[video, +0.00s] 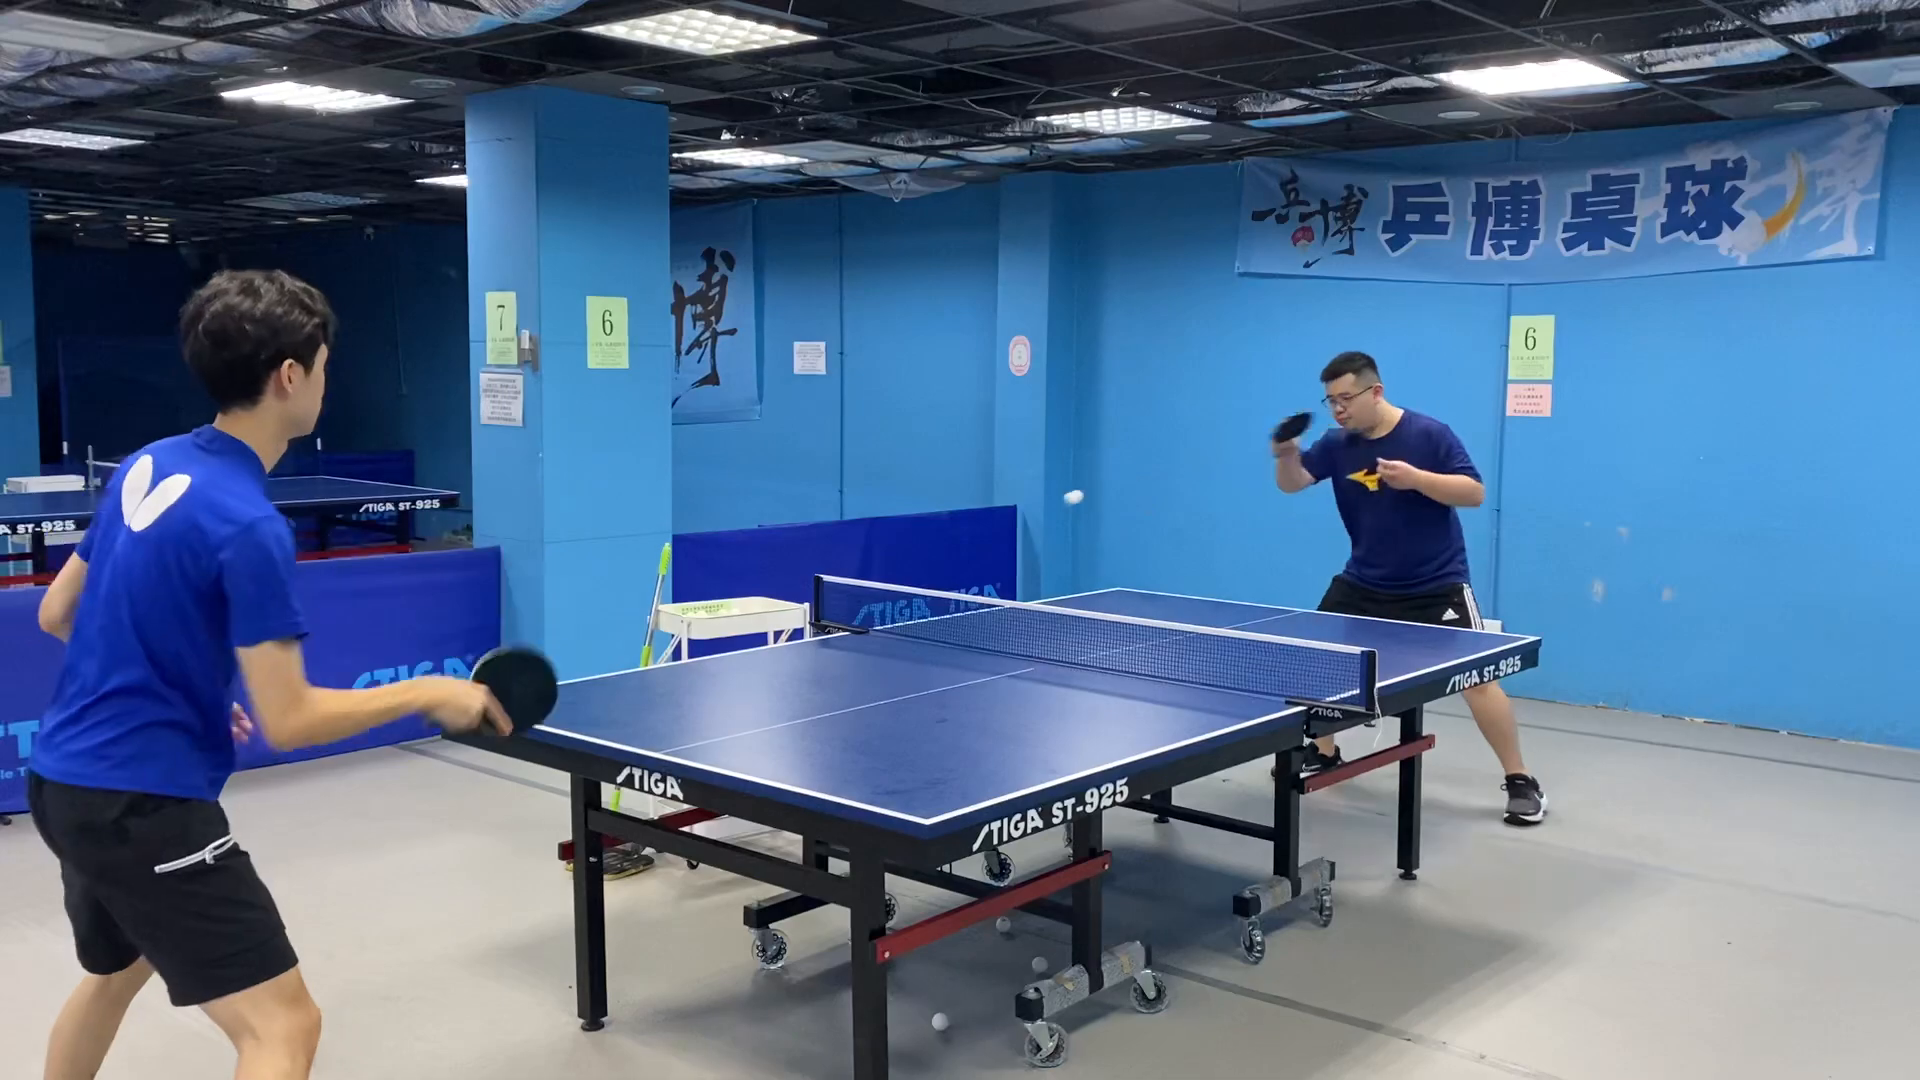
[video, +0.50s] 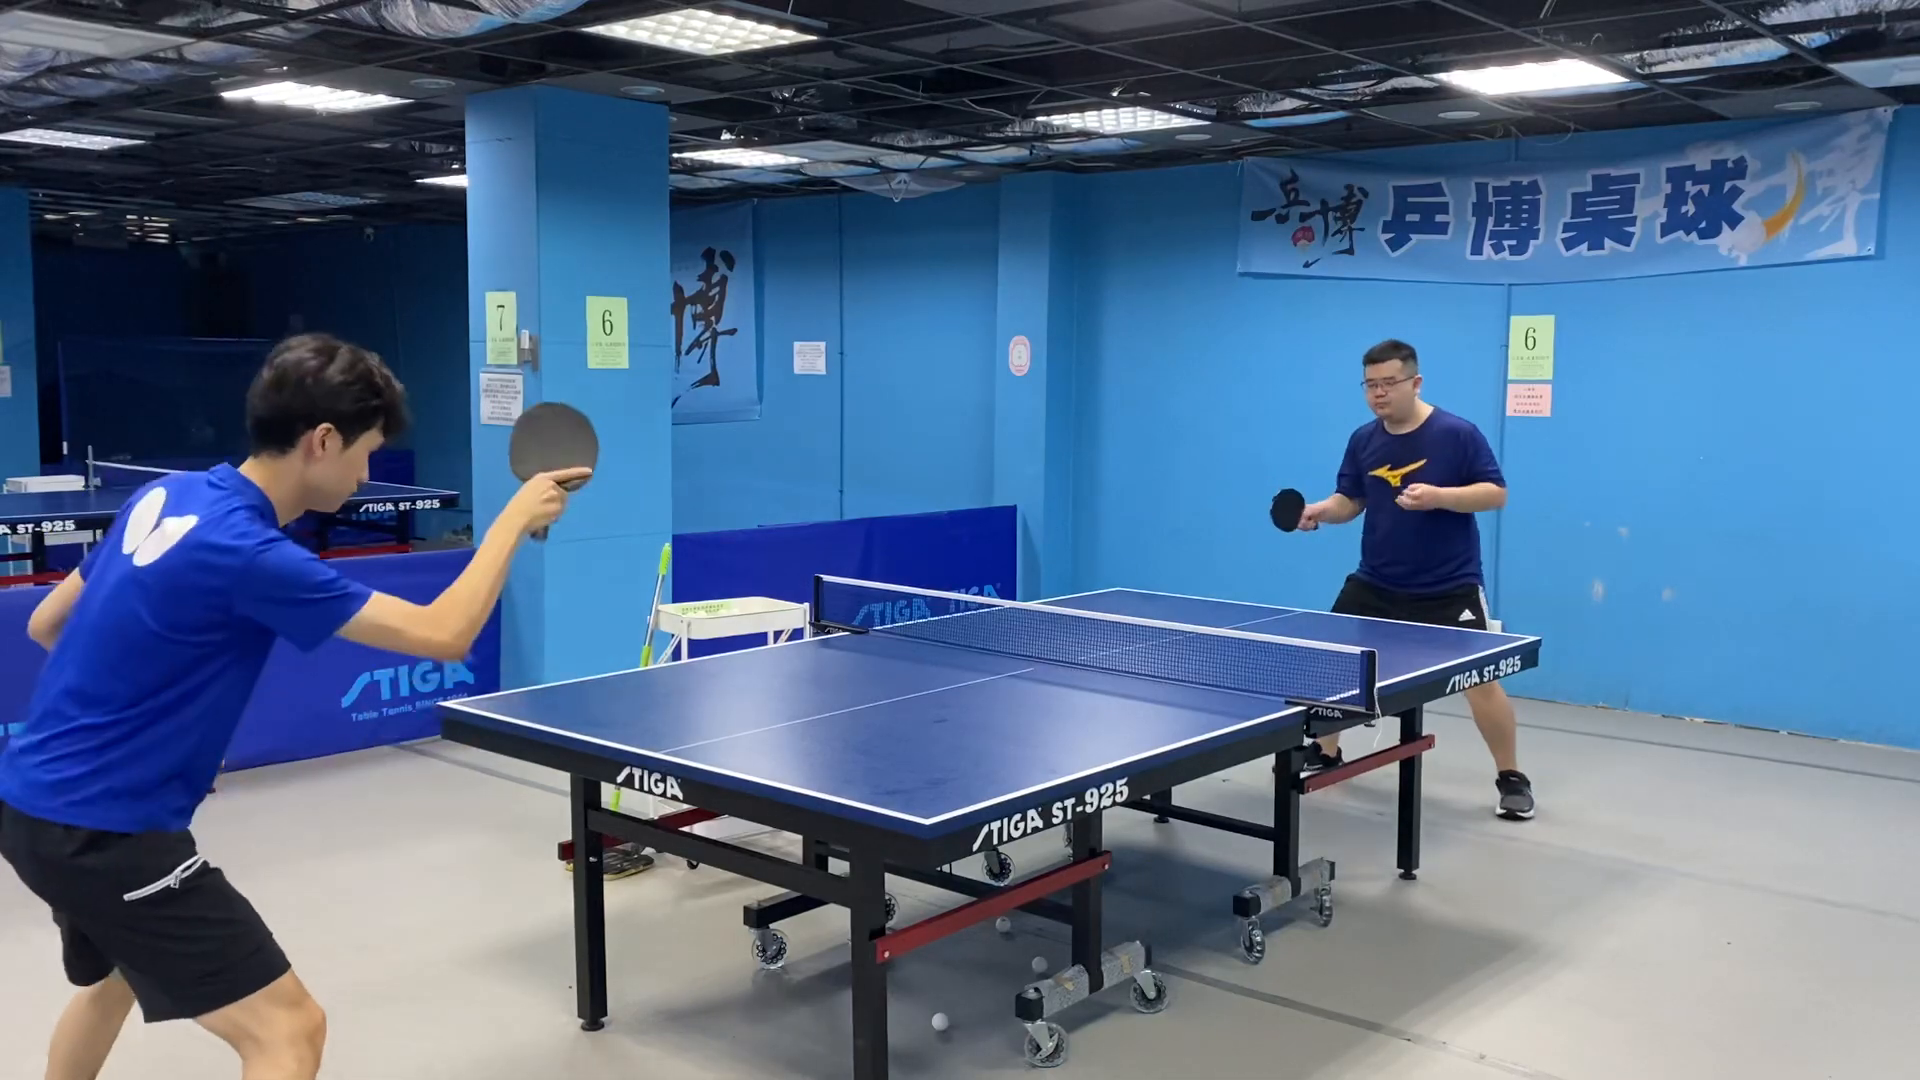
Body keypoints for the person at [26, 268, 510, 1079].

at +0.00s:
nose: (324, 387)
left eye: (324, 368)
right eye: (322, 367)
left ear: (217, 370)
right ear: (286, 376)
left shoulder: (146, 466)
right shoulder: (246, 522)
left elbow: (59, 613)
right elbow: (288, 720)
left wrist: (194, 693)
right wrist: (428, 694)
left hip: (65, 775)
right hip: (144, 797)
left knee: (114, 970)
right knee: (280, 1026)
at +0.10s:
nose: (339, 417)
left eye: (340, 398)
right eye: (336, 398)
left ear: (245, 400)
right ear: (294, 406)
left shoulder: (181, 481)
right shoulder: (219, 543)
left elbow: (134, 647)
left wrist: (213, 713)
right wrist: (344, 764)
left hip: (76, 790)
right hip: (129, 813)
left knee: (134, 983)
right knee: (279, 1025)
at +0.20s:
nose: (354, 453)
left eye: (355, 434)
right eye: (347, 433)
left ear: (287, 433)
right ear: (294, 434)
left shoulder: (210, 515)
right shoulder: (201, 560)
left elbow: (183, 704)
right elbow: (168, 761)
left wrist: (269, 774)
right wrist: (319, 786)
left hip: (90, 807)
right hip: (102, 824)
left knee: (162, 975)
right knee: (278, 1030)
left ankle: (81, 1077)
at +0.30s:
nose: (362, 470)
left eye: (365, 452)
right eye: (357, 451)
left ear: (297, 447)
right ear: (301, 447)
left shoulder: (193, 507)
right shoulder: (212, 554)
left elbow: (122, 655)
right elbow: (292, 747)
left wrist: (198, 747)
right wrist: (463, 723)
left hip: (64, 802)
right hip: (92, 826)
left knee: (146, 981)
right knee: (270, 1028)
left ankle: (75, 1078)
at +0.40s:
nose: (369, 485)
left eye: (375, 466)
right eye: (367, 462)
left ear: (297, 449)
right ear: (313, 454)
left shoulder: (185, 504)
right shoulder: (232, 565)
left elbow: (75, 626)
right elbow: (414, 676)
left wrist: (182, 733)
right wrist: (539, 580)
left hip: (43, 801)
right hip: (93, 828)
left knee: (134, 983)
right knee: (274, 1029)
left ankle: (65, 1077)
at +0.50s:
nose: (365, 477)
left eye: (372, 459)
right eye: (366, 456)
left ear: (304, 437)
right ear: (319, 440)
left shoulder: (165, 496)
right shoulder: (251, 553)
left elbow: (46, 621)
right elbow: (445, 633)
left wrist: (144, 686)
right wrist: (516, 521)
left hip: (38, 802)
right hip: (108, 829)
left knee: (110, 979)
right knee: (286, 1030)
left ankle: (54, 1079)